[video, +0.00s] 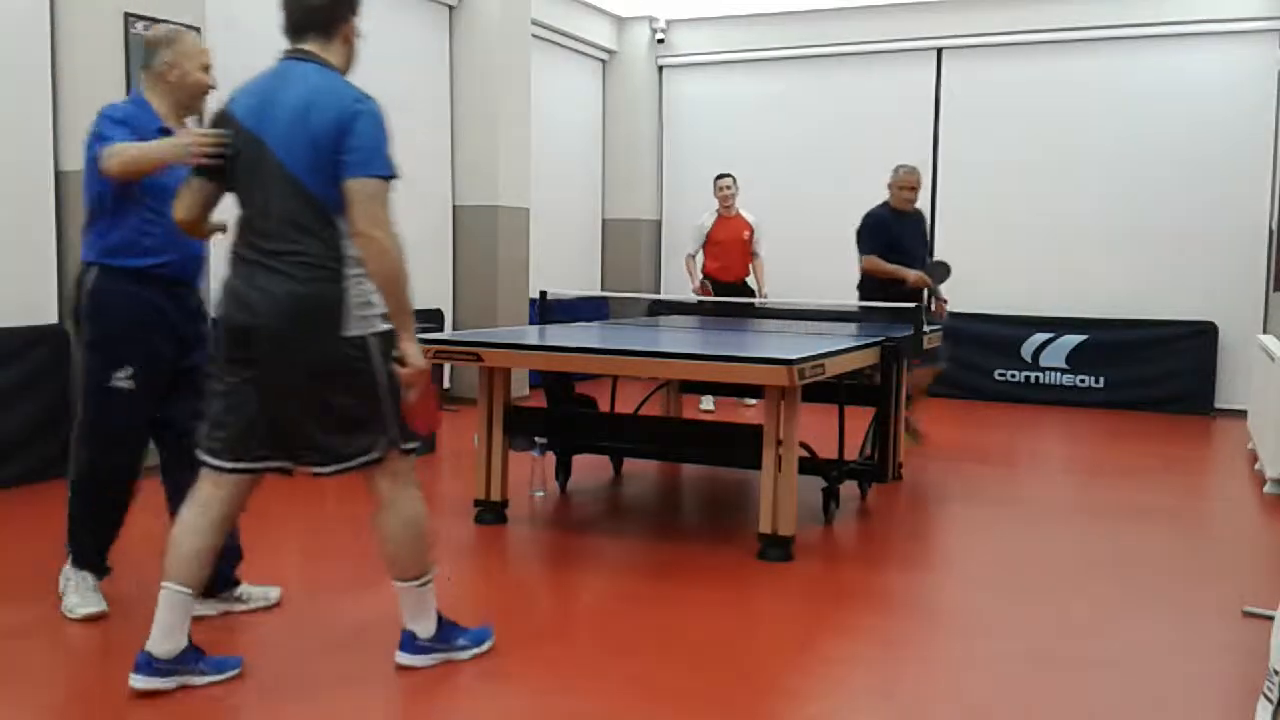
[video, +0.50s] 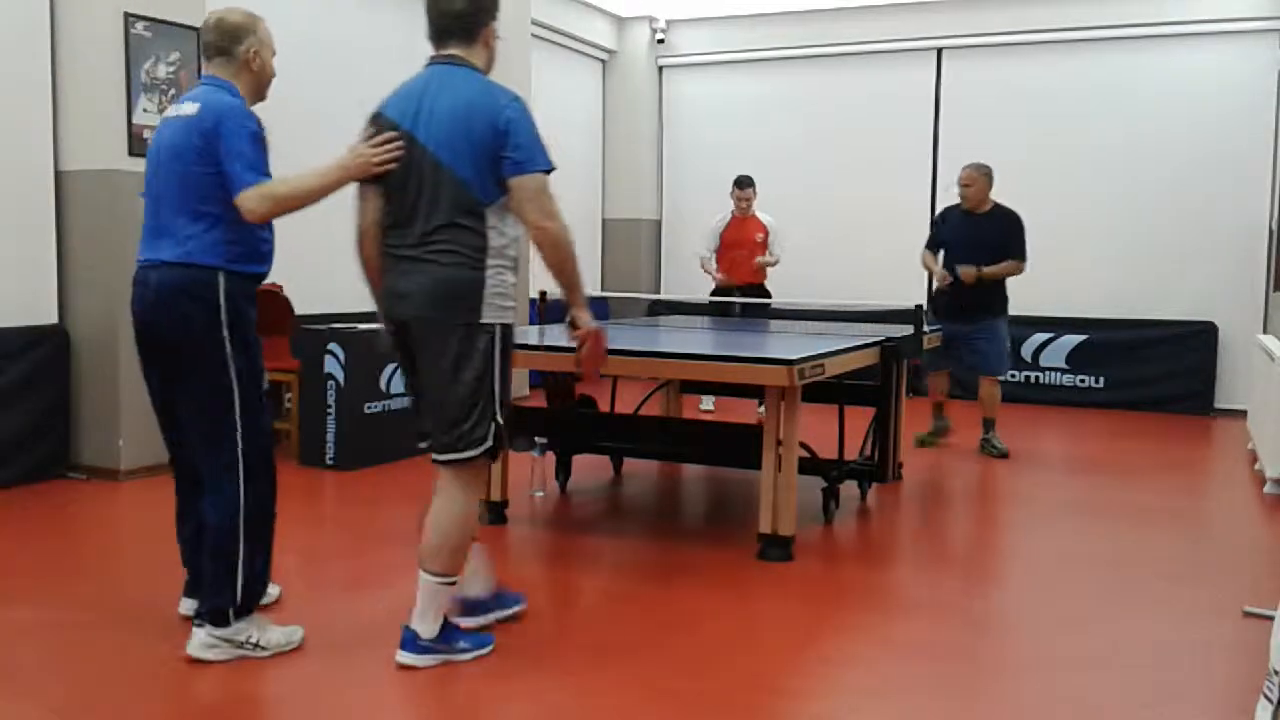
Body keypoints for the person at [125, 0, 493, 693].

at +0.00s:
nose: (359, 39)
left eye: (354, 28)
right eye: (357, 28)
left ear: (289, 30)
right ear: (347, 29)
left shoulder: (241, 102)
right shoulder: (352, 108)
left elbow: (189, 213)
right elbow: (370, 232)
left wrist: (236, 223)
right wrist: (407, 333)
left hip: (245, 328)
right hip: (331, 329)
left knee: (218, 482)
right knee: (393, 474)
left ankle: (164, 649)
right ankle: (423, 629)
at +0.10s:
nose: (395, 40)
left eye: (389, 29)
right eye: (393, 29)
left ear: (329, 29)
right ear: (384, 30)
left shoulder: (281, 102)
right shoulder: (391, 110)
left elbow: (223, 204)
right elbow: (412, 231)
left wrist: (207, 220)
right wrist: (443, 336)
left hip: (288, 325)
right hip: (369, 327)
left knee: (260, 476)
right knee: (428, 464)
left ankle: (180, 629)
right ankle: (426, 629)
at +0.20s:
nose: (428, 39)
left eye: (422, 29)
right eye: (427, 28)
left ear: (363, 29)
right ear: (419, 30)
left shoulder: (314, 101)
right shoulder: (428, 108)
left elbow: (257, 212)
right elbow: (452, 230)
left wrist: (238, 231)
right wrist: (483, 336)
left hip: (322, 318)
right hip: (400, 322)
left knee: (327, 455)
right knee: (440, 458)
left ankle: (230, 583)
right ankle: (426, 631)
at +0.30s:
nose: (456, 36)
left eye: (450, 26)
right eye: (454, 26)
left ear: (388, 28)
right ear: (443, 29)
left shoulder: (344, 99)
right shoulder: (457, 105)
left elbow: (299, 216)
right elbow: (490, 227)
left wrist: (304, 262)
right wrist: (521, 326)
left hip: (353, 304)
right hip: (423, 311)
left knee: (377, 443)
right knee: (448, 462)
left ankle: (301, 569)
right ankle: (426, 631)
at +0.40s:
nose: (478, 37)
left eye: (472, 27)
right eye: (476, 27)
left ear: (413, 30)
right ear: (468, 29)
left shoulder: (367, 102)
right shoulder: (480, 104)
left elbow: (339, 222)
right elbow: (518, 219)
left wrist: (360, 302)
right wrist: (554, 310)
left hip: (377, 304)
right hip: (448, 309)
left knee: (416, 442)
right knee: (455, 464)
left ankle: (384, 585)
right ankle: (427, 630)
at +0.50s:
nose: (499, 41)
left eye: (493, 30)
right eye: (497, 30)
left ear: (434, 35)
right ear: (487, 34)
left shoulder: (390, 108)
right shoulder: (499, 106)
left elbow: (369, 225)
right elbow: (541, 218)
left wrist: (388, 303)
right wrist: (579, 305)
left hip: (403, 301)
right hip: (461, 303)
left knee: (460, 451)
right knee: (462, 466)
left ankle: (471, 591)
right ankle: (425, 629)